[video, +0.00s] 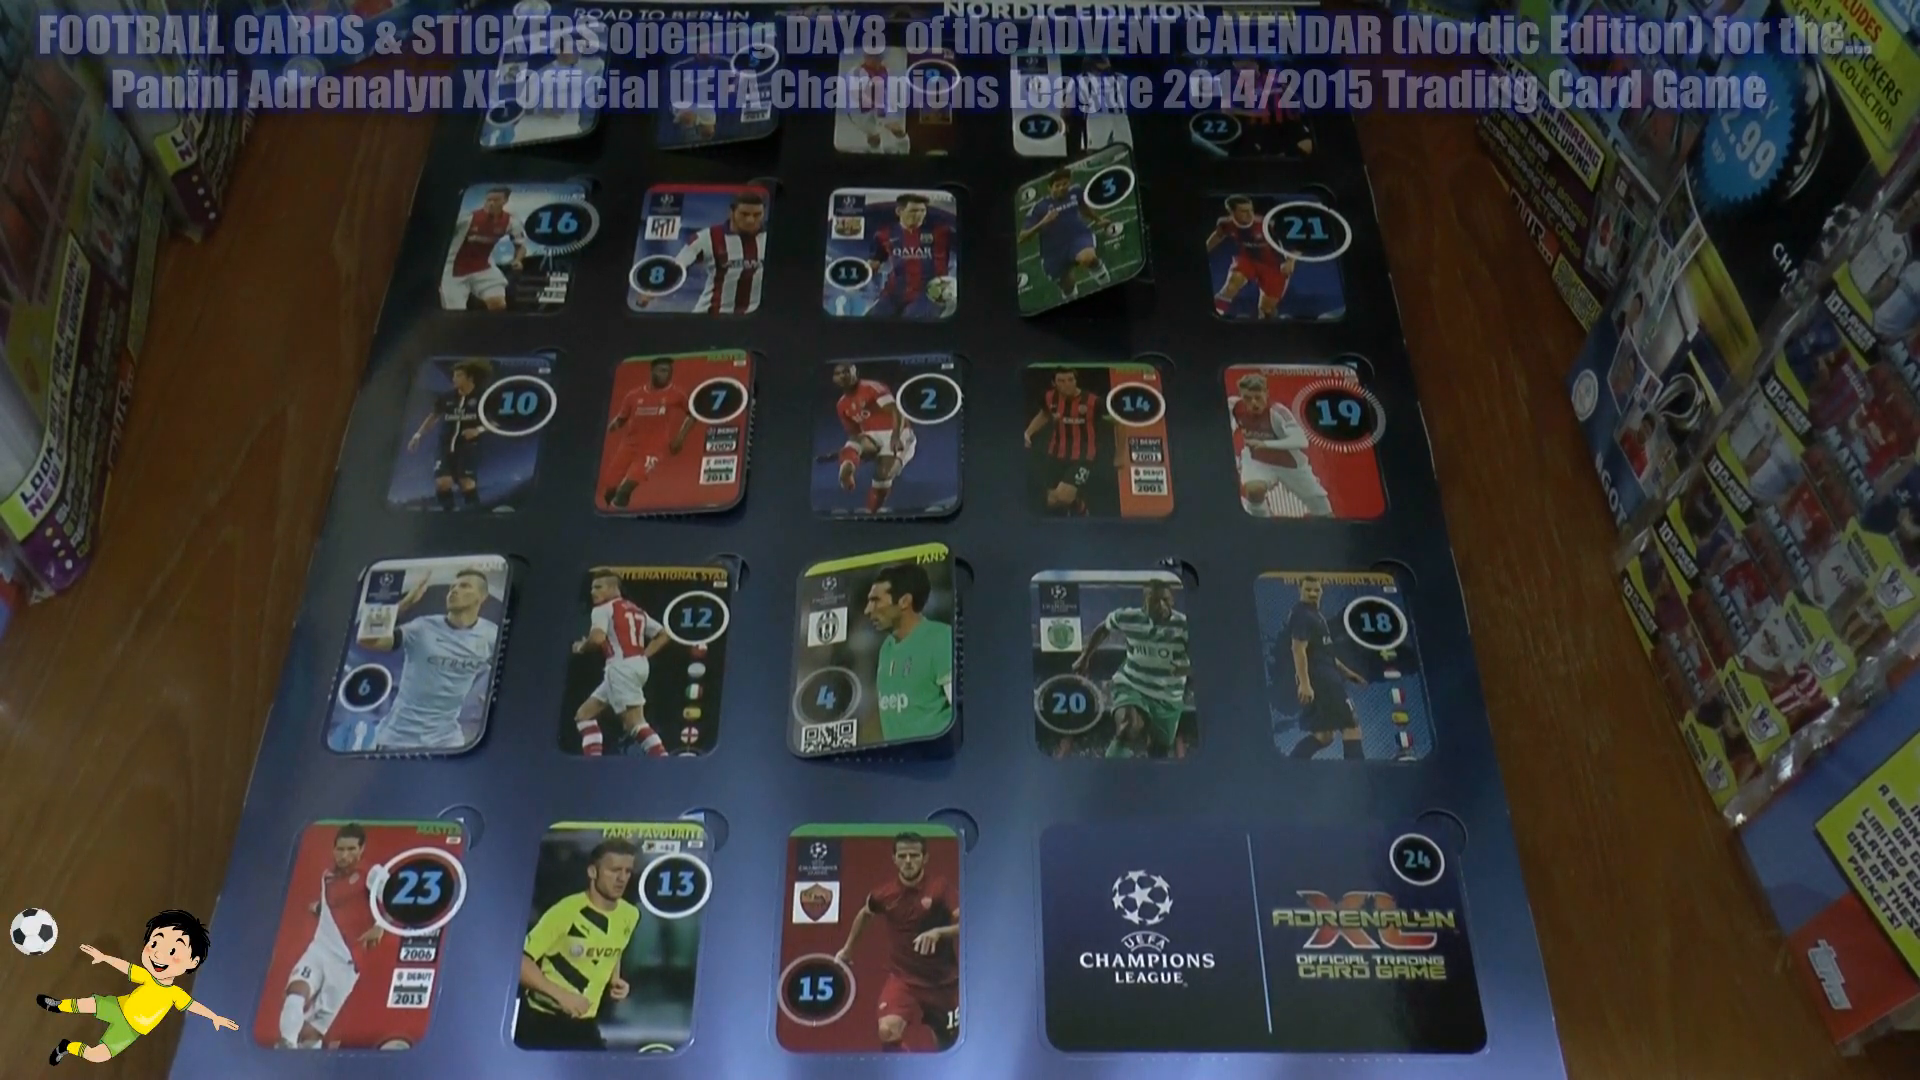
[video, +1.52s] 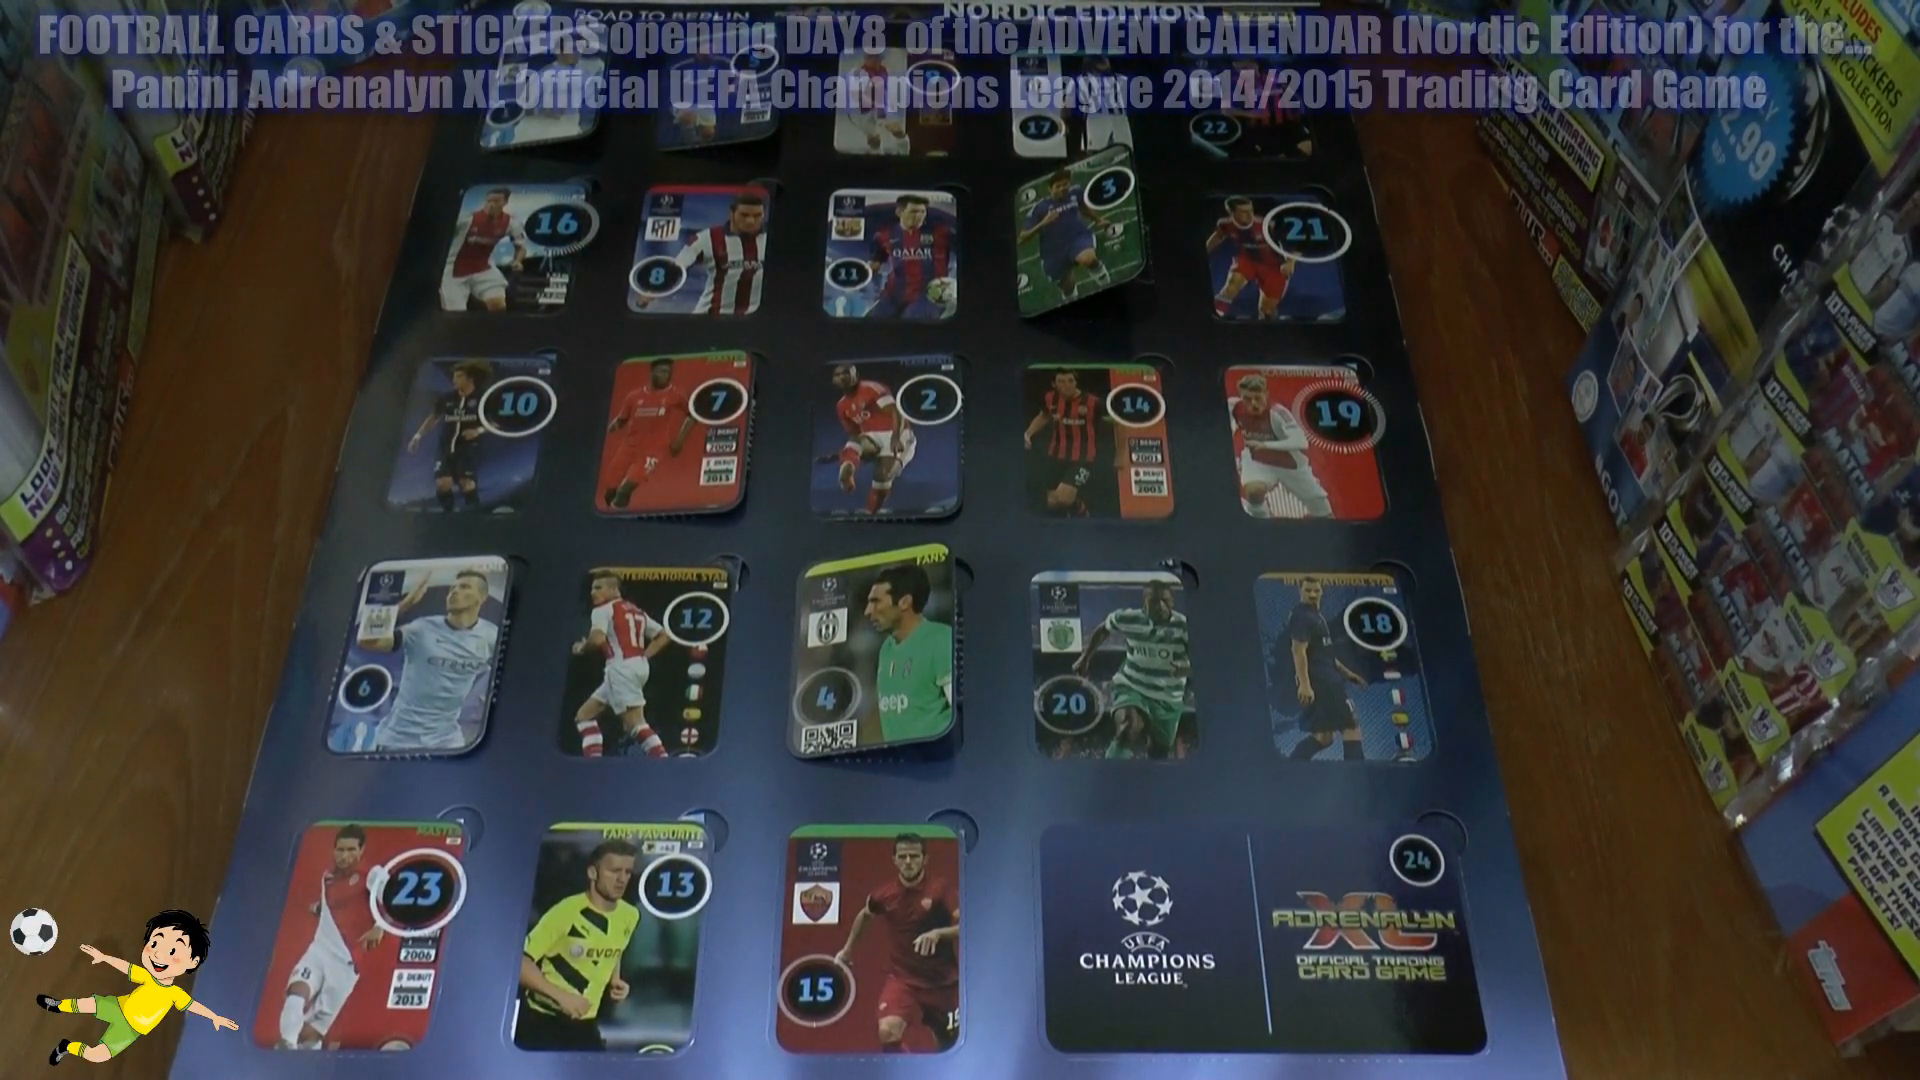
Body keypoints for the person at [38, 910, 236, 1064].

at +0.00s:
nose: (159, 955)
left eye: (172, 952)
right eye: (155, 944)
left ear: (189, 965)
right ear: (145, 946)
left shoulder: (176, 995)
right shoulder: (144, 976)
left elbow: (195, 1007)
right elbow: (124, 966)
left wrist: (215, 1017)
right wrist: (103, 958)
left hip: (131, 1030)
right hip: (118, 1008)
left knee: (99, 1055)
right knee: (89, 1003)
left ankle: (66, 1047)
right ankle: (57, 1006)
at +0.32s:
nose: (159, 955)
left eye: (172, 952)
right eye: (155, 944)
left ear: (189, 965)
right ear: (145, 946)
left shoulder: (176, 995)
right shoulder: (144, 976)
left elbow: (195, 1007)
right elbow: (124, 966)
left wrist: (215, 1017)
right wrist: (103, 958)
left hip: (131, 1030)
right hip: (118, 1008)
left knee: (99, 1055)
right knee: (89, 1003)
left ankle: (66, 1047)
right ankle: (57, 1006)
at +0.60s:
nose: (159, 955)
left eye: (172, 952)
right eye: (155, 944)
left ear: (189, 965)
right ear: (145, 946)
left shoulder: (176, 995)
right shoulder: (144, 976)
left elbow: (195, 1007)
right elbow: (124, 966)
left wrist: (215, 1017)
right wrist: (103, 958)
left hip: (131, 1030)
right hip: (118, 1008)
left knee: (99, 1055)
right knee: (88, 1003)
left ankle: (66, 1047)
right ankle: (58, 1006)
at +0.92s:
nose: (159, 956)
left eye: (172, 952)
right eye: (155, 944)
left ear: (189, 965)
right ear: (145, 946)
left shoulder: (176, 995)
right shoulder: (144, 976)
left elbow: (195, 1007)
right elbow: (124, 966)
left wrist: (215, 1017)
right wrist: (103, 958)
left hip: (131, 1030)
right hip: (118, 1008)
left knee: (99, 1055)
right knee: (88, 1003)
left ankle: (66, 1047)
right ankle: (58, 1006)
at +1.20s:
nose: (159, 956)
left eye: (172, 952)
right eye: (155, 944)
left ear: (189, 965)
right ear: (145, 946)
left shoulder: (176, 995)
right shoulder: (143, 976)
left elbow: (195, 1007)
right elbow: (123, 966)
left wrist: (215, 1017)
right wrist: (103, 958)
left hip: (130, 1030)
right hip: (118, 1008)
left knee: (99, 1055)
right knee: (88, 1003)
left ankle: (66, 1047)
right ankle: (58, 1006)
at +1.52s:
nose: (159, 955)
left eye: (172, 952)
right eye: (155, 944)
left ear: (189, 965)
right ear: (145, 946)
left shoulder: (176, 995)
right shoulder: (143, 976)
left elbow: (195, 1007)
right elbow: (123, 966)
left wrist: (215, 1017)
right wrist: (103, 958)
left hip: (131, 1030)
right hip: (118, 1008)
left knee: (99, 1055)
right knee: (89, 1003)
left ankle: (66, 1047)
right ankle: (58, 1006)